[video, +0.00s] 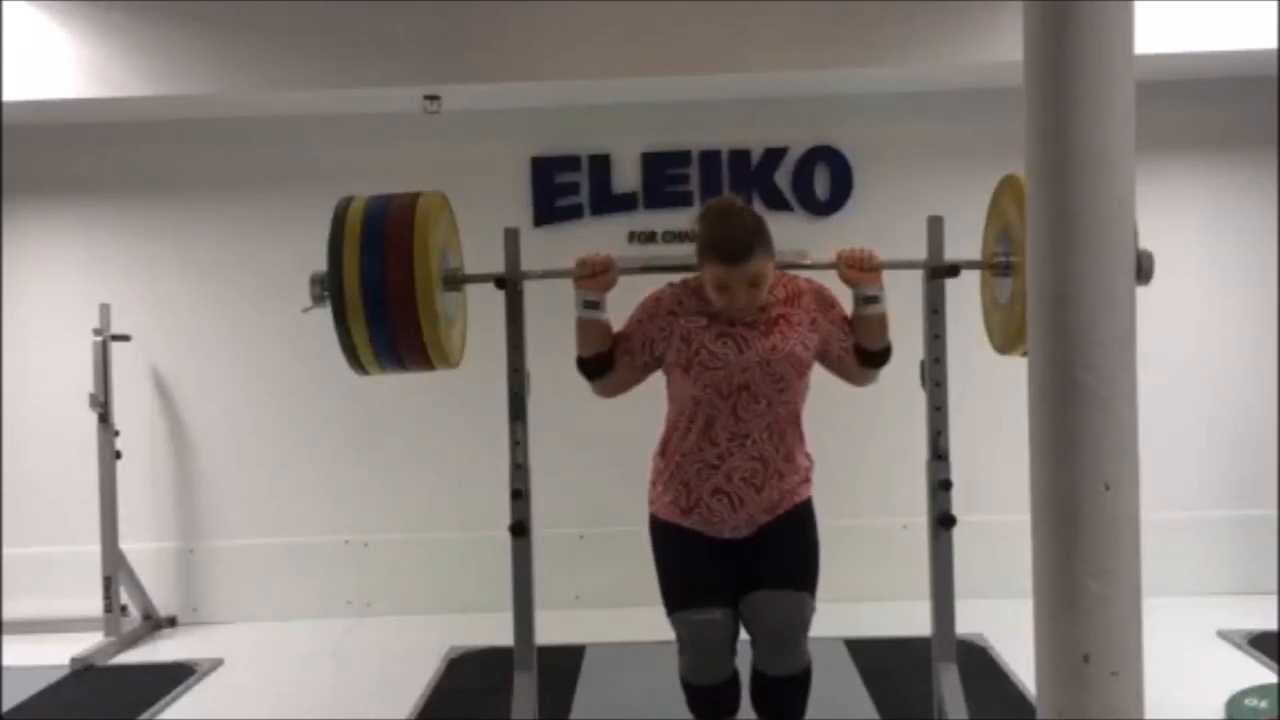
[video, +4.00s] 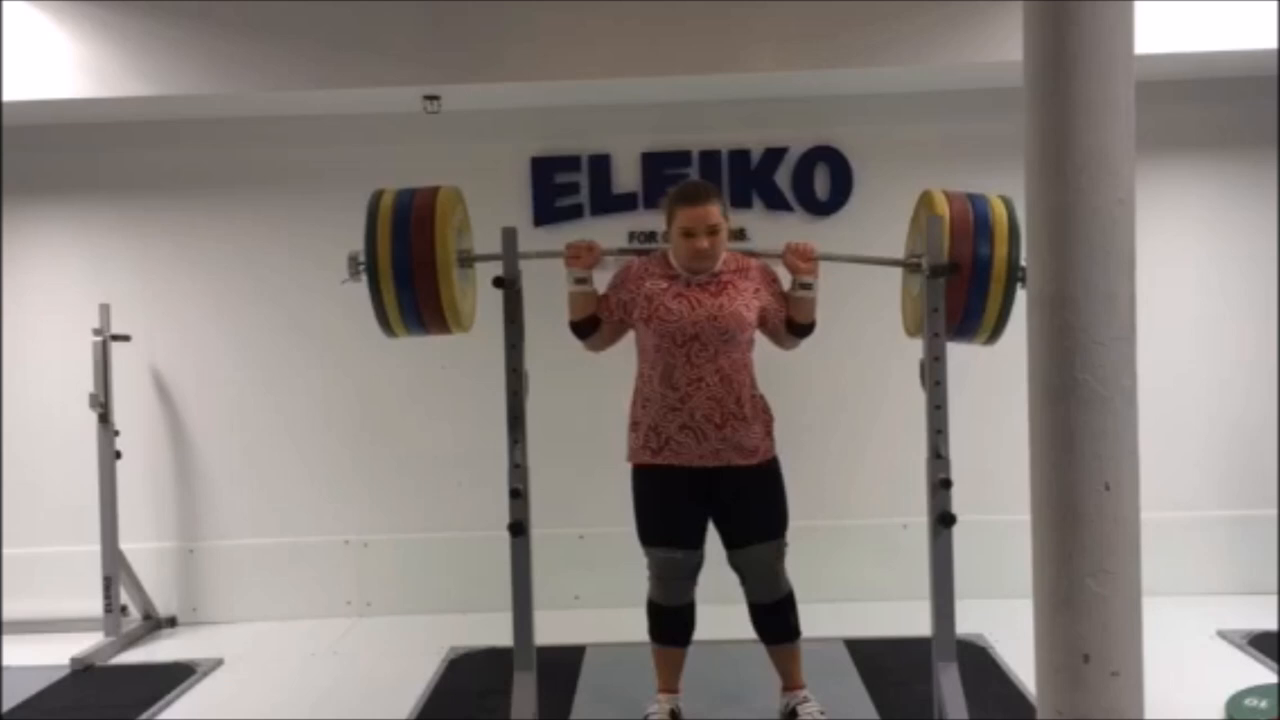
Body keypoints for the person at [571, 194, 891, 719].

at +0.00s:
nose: (738, 299)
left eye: (752, 283)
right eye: (722, 287)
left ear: (770, 264)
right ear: (700, 269)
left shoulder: (803, 303)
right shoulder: (672, 310)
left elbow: (863, 370)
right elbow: (607, 380)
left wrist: (869, 295)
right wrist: (590, 302)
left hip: (779, 513)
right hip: (688, 518)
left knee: (784, 653)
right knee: (705, 659)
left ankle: (782, 718)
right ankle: (714, 716)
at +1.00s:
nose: (741, 263)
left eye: (754, 247)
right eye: (725, 249)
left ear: (773, 243)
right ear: (703, 247)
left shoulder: (804, 294)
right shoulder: (672, 300)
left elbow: (855, 366)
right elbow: (613, 371)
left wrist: (867, 293)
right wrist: (591, 299)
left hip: (789, 525)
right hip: (699, 527)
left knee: (791, 680)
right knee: (709, 683)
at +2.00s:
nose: (729, 239)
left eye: (742, 224)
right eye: (714, 225)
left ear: (760, 219)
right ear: (692, 222)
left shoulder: (786, 269)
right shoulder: (656, 272)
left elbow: (833, 341)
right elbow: (604, 345)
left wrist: (848, 274)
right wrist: (584, 278)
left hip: (771, 490)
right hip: (683, 492)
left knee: (770, 642)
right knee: (700, 647)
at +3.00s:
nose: (748, 249)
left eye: (760, 235)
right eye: (734, 237)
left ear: (775, 229)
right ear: (712, 232)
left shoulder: (796, 274)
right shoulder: (680, 276)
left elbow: (837, 336)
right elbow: (629, 338)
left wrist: (852, 280)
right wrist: (615, 281)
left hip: (775, 465)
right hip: (697, 464)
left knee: (772, 597)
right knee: (706, 595)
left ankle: (771, 711)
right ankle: (709, 716)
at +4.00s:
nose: (702, 243)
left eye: (712, 231)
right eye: (689, 233)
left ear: (726, 230)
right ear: (668, 233)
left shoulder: (750, 275)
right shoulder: (640, 276)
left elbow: (791, 336)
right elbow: (594, 337)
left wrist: (803, 282)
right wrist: (580, 278)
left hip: (744, 454)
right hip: (665, 457)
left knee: (766, 577)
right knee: (670, 581)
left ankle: (796, 695)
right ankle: (665, 701)